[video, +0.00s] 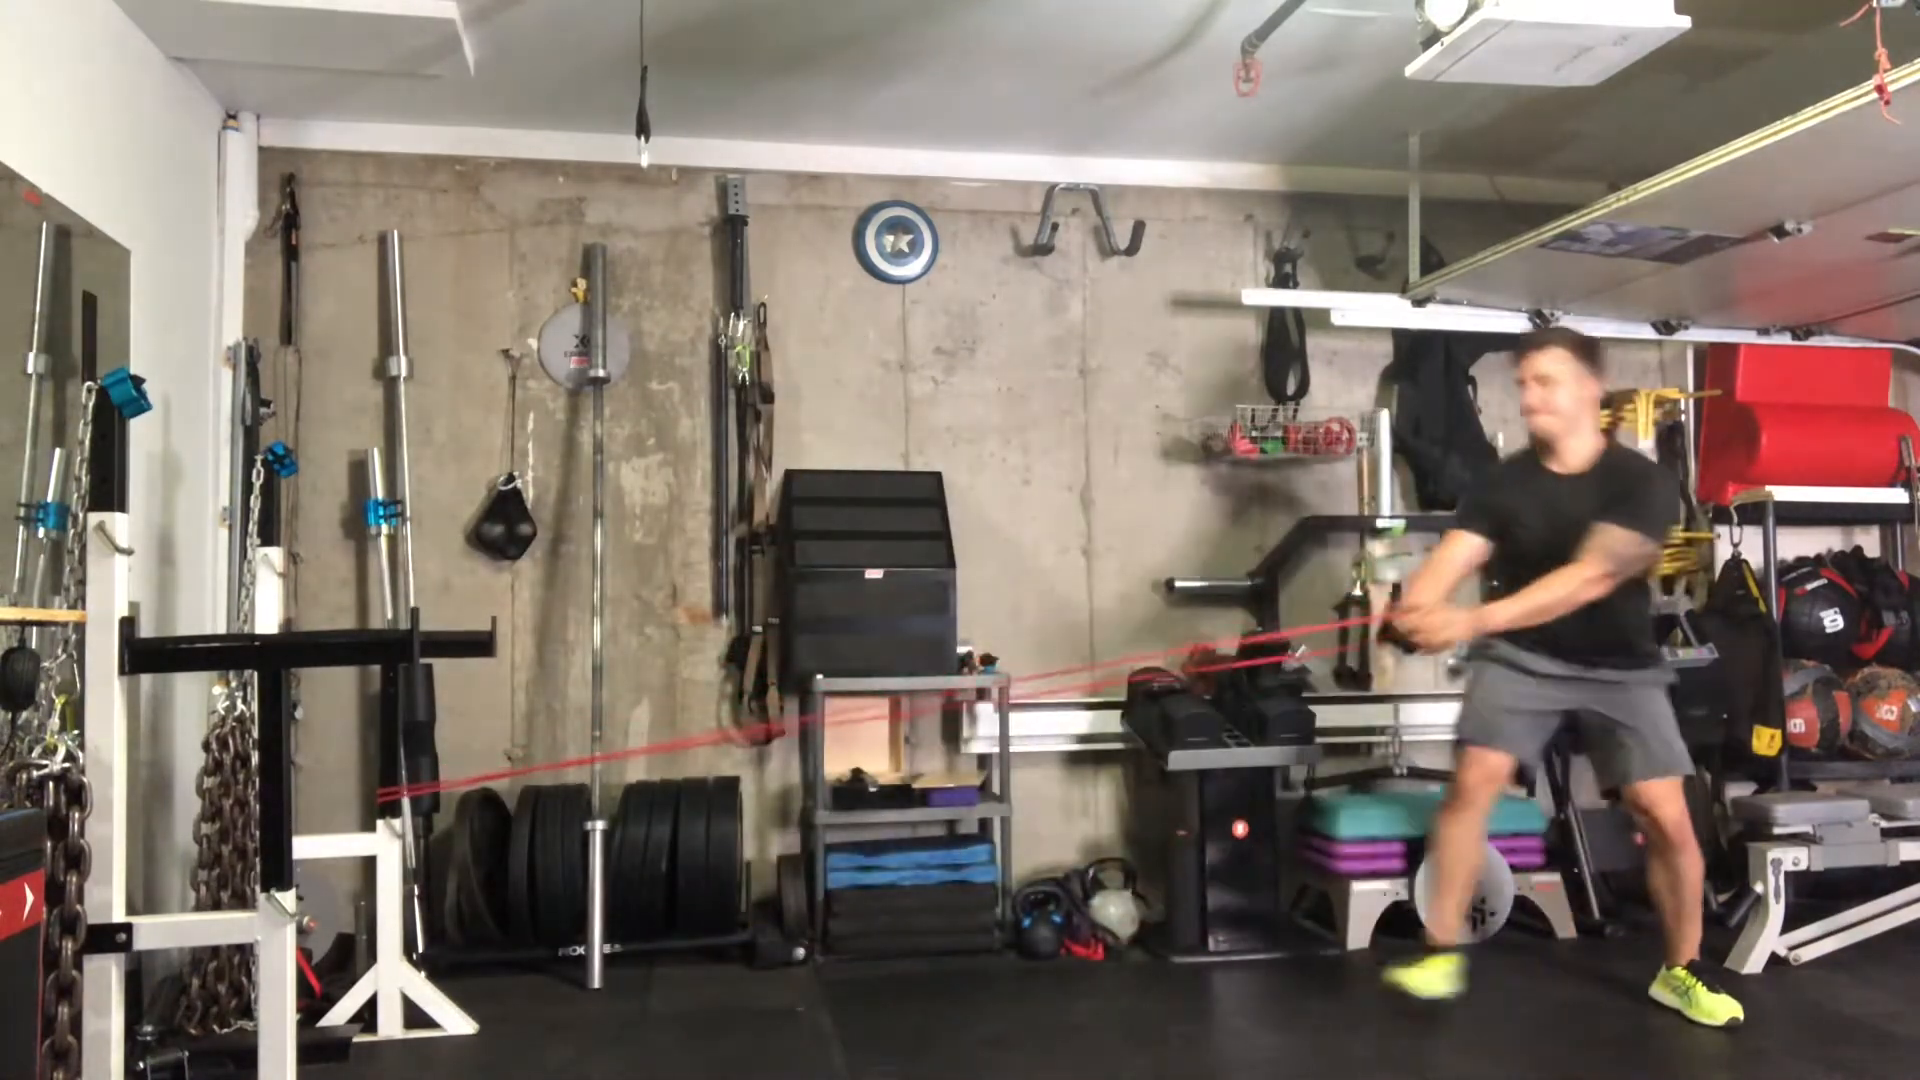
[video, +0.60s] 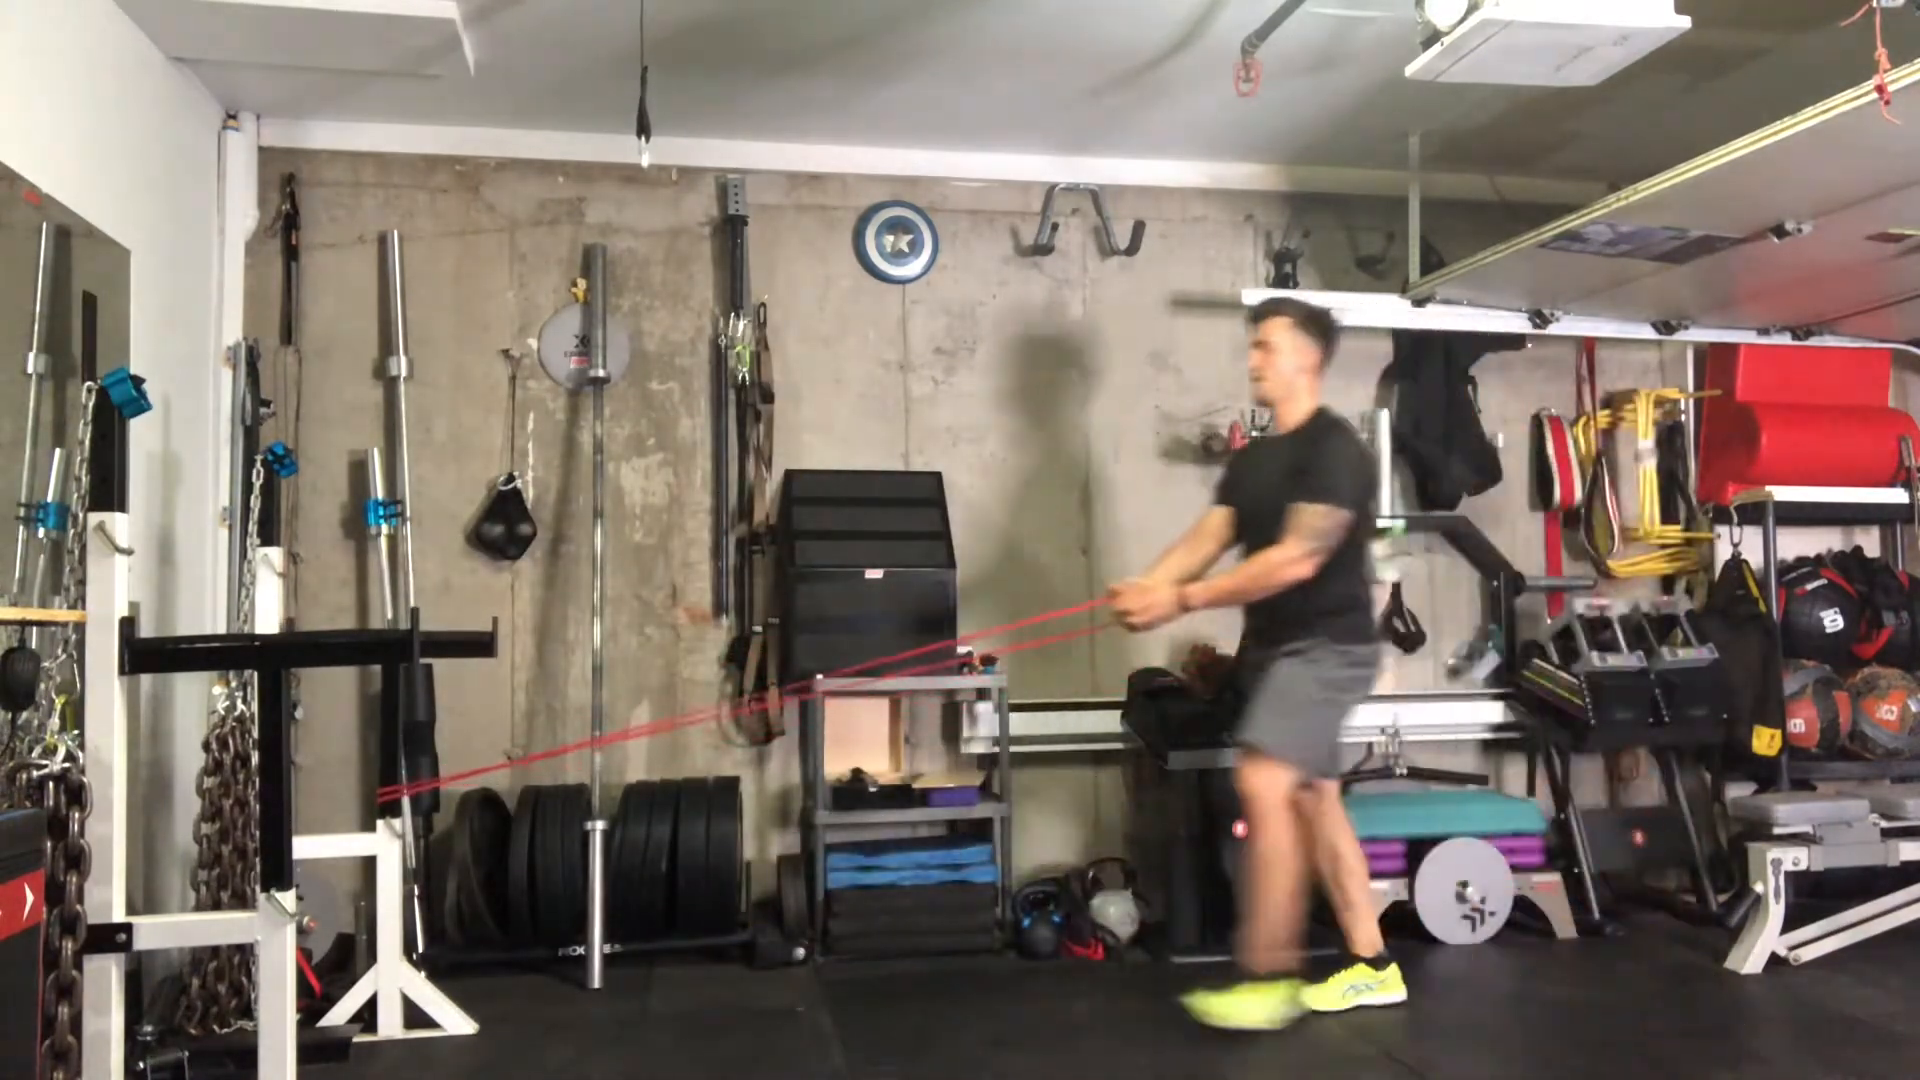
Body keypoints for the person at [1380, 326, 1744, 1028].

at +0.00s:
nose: (1531, 396)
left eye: (1547, 382)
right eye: (1524, 384)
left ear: (1594, 390)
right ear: (1519, 396)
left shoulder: (1644, 483)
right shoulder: (1509, 481)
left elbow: (1589, 578)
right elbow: (1450, 559)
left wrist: (1471, 621)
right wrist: (1411, 607)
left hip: (1623, 674)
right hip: (1518, 663)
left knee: (1669, 819)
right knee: (1473, 780)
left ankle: (1681, 971)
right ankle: (1443, 952)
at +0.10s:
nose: (1476, 385)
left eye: (1491, 370)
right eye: (1471, 373)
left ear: (1537, 378)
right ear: (1466, 387)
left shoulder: (1584, 467)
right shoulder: (1460, 475)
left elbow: (1539, 582)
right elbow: (1415, 558)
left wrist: (1420, 629)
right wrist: (1371, 612)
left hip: (1591, 667)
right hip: (1486, 661)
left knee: (1648, 811)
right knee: (1433, 786)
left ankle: (1681, 969)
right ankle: (1393, 957)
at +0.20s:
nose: (1420, 379)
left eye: (1436, 366)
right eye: (1416, 368)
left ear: (1480, 372)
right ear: (1411, 381)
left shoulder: (1520, 466)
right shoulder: (1412, 467)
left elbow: (1475, 584)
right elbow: (1369, 560)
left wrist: (1357, 628)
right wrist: (1317, 611)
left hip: (1540, 672)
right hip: (1439, 670)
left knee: (1614, 808)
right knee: (1391, 790)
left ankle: (1682, 960)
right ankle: (1378, 963)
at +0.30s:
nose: (1368, 373)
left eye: (1383, 360)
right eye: (1368, 361)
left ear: (1429, 370)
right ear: (1381, 373)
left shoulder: (1466, 459)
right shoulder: (1367, 468)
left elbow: (1414, 577)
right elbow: (1322, 549)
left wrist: (1299, 617)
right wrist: (1267, 603)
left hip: (1482, 669)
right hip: (1390, 667)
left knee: (1538, 799)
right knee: (1363, 789)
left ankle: (1660, 951)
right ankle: (1374, 965)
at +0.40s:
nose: (1331, 364)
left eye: (1345, 352)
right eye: (1329, 353)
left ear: (1392, 360)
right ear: (1333, 365)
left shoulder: (1425, 451)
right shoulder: (1327, 460)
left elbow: (1371, 562)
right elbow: (1278, 543)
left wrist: (1258, 605)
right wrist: (1223, 594)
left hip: (1425, 650)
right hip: (1350, 651)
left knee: (1438, 789)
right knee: (1344, 801)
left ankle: (1559, 927)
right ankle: (1374, 967)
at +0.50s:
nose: (1291, 357)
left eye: (1307, 345)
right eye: (1288, 346)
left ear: (1354, 356)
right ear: (1288, 363)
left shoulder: (1382, 446)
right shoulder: (1291, 456)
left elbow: (1335, 554)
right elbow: (1245, 535)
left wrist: (1219, 595)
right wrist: (1188, 580)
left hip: (1377, 642)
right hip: (1317, 645)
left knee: (1340, 780)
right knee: (1328, 790)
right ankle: (1370, 958)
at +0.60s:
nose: (1254, 361)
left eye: (1267, 347)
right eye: (1253, 348)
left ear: (1313, 358)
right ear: (1263, 360)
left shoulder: (1338, 451)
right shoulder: (1250, 459)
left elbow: (1296, 560)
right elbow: (1209, 536)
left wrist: (1184, 598)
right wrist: (1151, 585)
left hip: (1328, 647)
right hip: (1275, 648)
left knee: (1264, 777)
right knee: (1315, 797)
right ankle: (1373, 962)